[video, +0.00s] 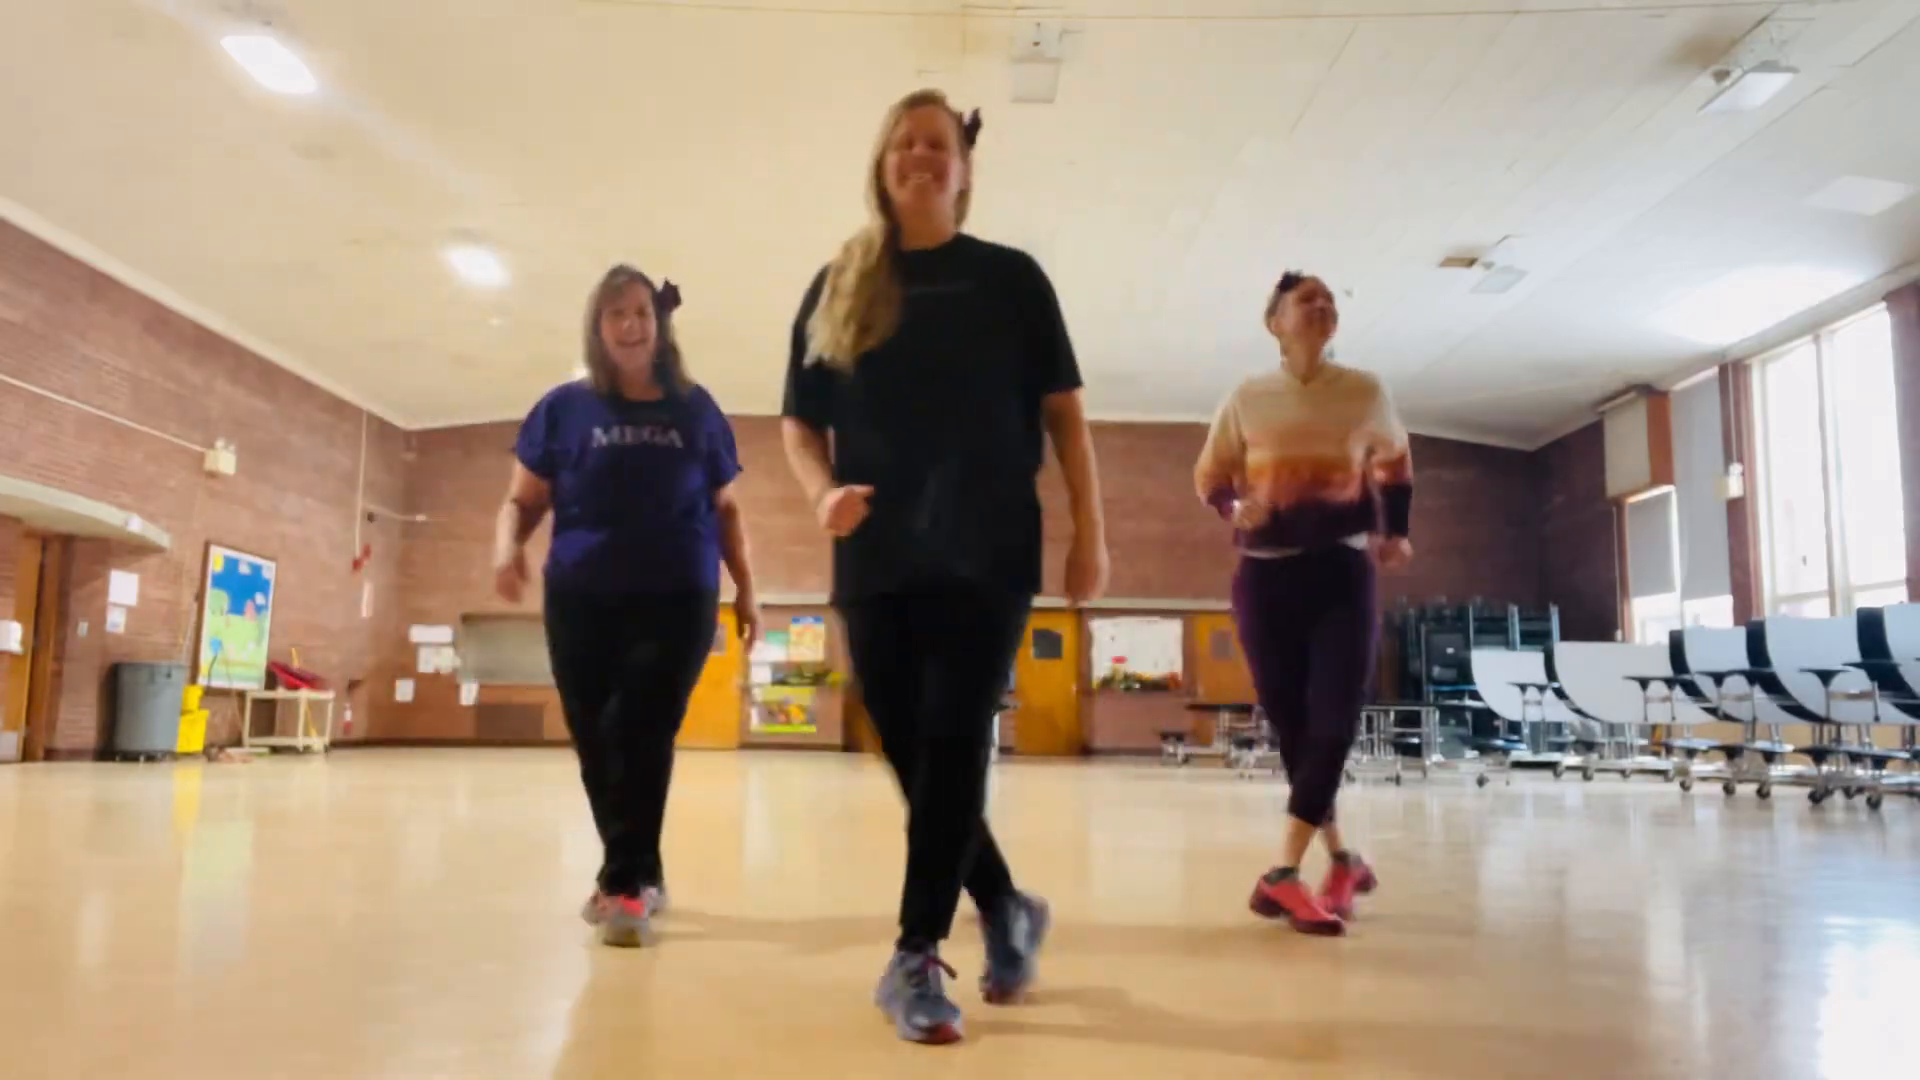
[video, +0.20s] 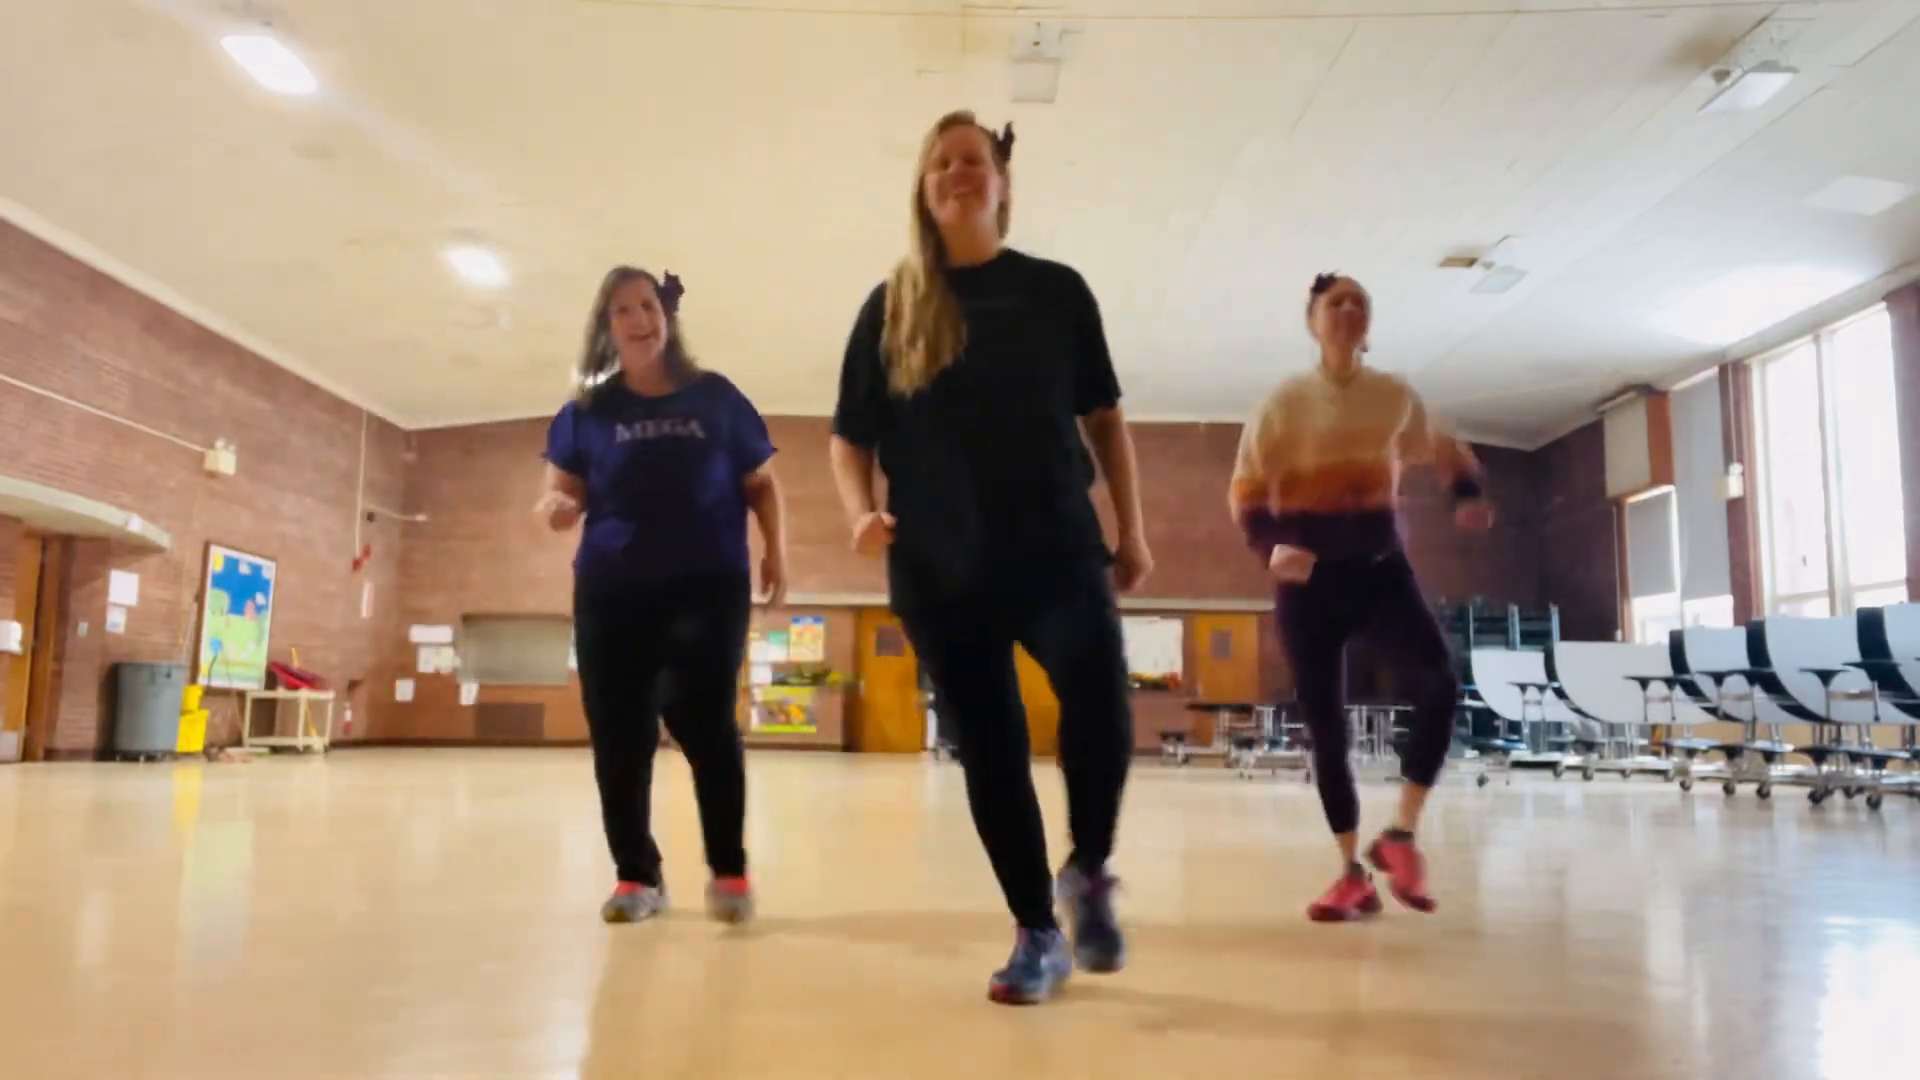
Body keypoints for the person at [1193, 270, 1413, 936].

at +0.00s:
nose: (1320, 306)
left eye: (1327, 299)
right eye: (1304, 299)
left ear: (1336, 322)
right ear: (1274, 322)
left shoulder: (1362, 391)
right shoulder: (1246, 399)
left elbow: (1395, 463)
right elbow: (1209, 476)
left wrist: (1394, 528)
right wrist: (1232, 506)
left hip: (1342, 571)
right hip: (1267, 576)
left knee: (1332, 722)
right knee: (1292, 726)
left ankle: (1284, 873)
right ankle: (1342, 860)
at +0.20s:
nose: (1351, 311)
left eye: (1359, 304)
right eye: (1337, 303)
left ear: (1369, 323)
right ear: (1312, 321)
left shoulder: (1394, 398)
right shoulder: (1281, 406)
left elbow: (1447, 453)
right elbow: (1245, 494)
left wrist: (1470, 492)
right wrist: (1268, 547)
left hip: (1380, 569)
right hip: (1308, 573)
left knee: (1438, 687)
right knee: (1326, 727)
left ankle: (1402, 836)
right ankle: (1353, 872)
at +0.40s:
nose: (1397, 307)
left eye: (1406, 300)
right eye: (1385, 298)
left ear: (1418, 320)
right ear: (1361, 316)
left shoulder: (1446, 394)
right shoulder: (1330, 394)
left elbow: (1539, 425)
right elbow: (1294, 478)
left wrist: (1527, 424)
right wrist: (1319, 520)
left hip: (1429, 569)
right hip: (1354, 574)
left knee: (1481, 715)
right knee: (1358, 728)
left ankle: (1505, 861)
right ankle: (1356, 876)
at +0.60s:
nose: (1442, 323)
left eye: (1453, 315)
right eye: (1430, 315)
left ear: (1470, 331)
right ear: (1411, 331)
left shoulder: (1499, 405)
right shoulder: (1384, 413)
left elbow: (1565, 483)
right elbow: (1357, 507)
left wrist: (1520, 420)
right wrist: (1381, 506)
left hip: (1481, 582)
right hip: (1403, 579)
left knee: (1508, 737)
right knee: (1363, 705)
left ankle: (1513, 883)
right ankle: (1371, 824)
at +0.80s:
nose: (1449, 284)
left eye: (1461, 274)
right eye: (1438, 274)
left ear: (1479, 287)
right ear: (1421, 287)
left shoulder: (1511, 361)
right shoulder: (1394, 366)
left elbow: (1528, 448)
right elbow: (1362, 456)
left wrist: (1506, 379)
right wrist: (1403, 405)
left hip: (1480, 538)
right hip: (1403, 532)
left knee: (1488, 706)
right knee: (1364, 636)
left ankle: (1499, 864)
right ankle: (1388, 740)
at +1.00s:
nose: (1450, 325)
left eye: (1461, 315)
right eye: (1438, 315)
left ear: (1480, 326)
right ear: (1421, 328)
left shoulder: (1515, 405)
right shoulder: (1391, 407)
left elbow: (1538, 501)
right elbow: (1363, 499)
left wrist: (1475, 480)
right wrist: (1423, 482)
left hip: (1479, 586)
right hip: (1400, 582)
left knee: (1484, 737)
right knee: (1386, 728)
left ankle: (1469, 879)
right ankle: (1386, 861)